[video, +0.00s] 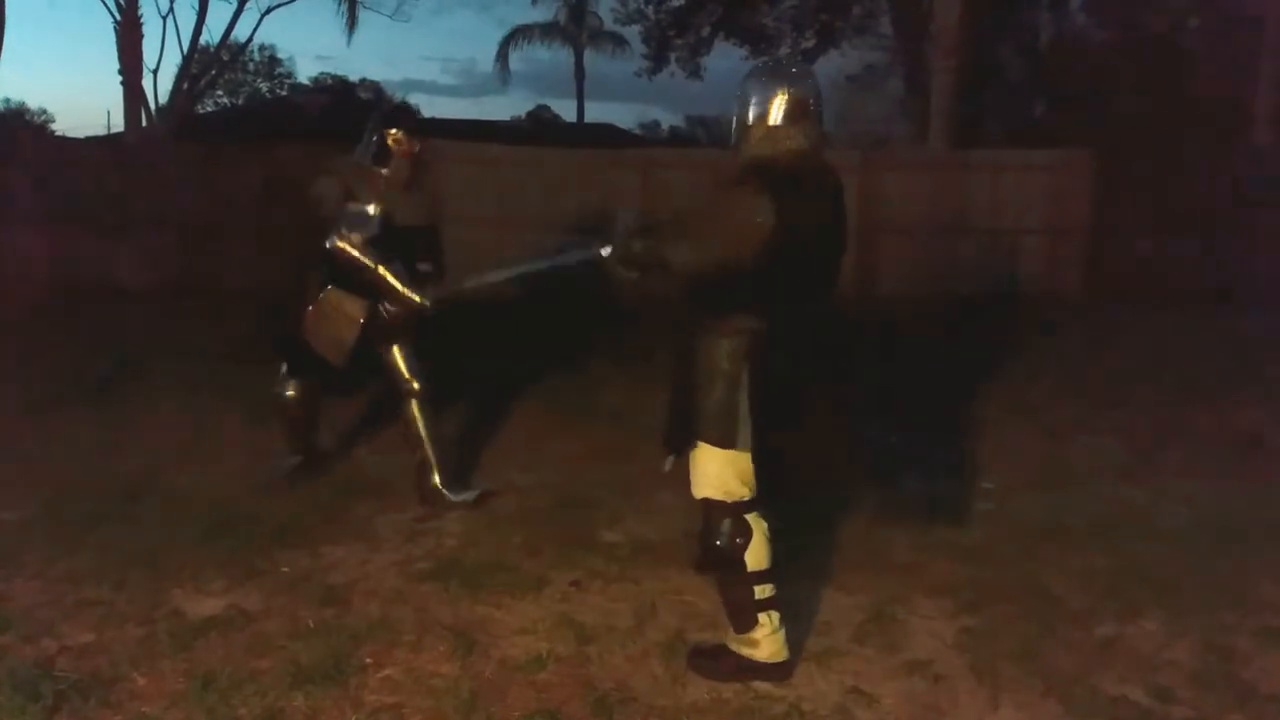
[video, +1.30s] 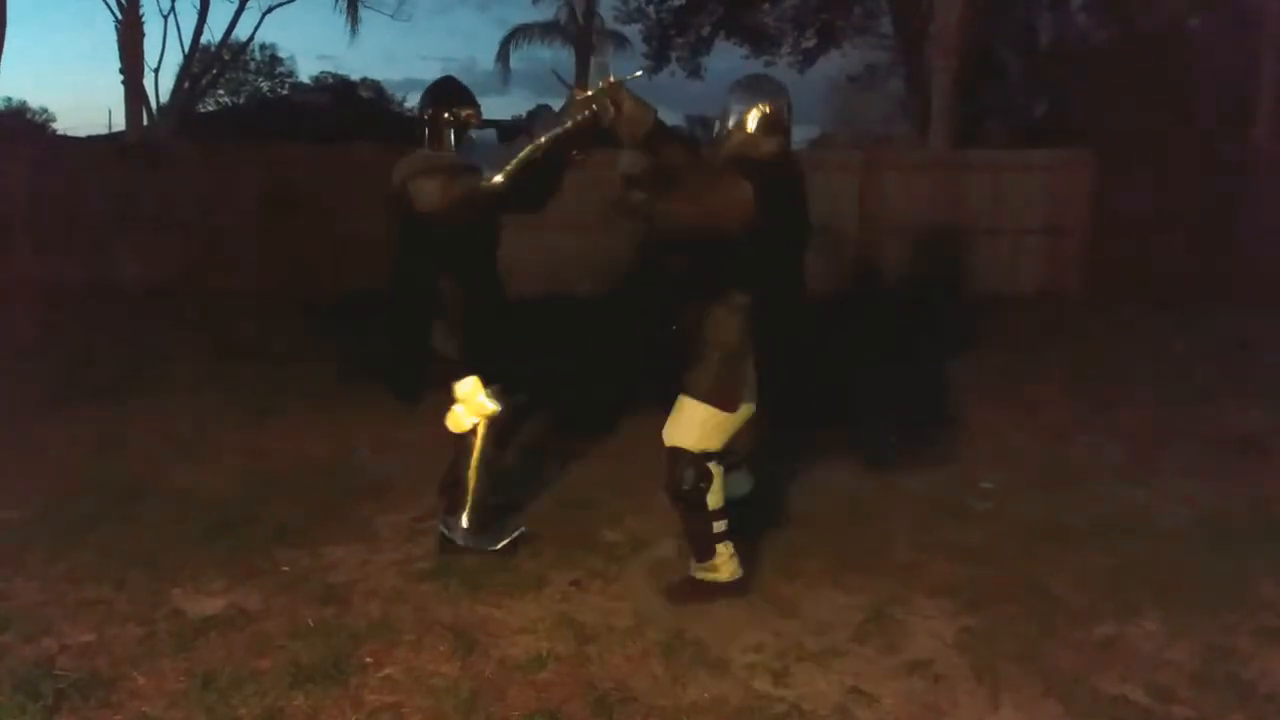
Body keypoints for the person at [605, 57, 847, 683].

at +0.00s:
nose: (750, 135)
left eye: (754, 123)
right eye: (757, 124)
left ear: (756, 125)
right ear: (806, 124)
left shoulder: (762, 189)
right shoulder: (816, 186)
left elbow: (722, 262)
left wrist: (656, 260)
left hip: (746, 348)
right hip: (781, 342)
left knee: (729, 490)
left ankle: (761, 643)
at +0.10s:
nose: (742, 138)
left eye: (747, 127)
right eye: (750, 128)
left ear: (754, 128)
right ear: (802, 128)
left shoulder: (757, 186)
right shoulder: (813, 186)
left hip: (749, 352)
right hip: (790, 344)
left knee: (728, 495)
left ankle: (761, 644)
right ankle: (724, 543)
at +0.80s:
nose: (749, 145)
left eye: (758, 135)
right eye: (758, 136)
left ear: (771, 137)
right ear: (809, 142)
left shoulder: (776, 198)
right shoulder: (799, 195)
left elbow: (712, 252)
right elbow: (721, 235)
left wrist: (645, 214)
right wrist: (657, 205)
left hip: (744, 362)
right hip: (782, 349)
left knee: (717, 509)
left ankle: (777, 658)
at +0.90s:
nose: (740, 146)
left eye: (748, 136)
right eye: (747, 136)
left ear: (762, 139)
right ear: (801, 142)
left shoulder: (767, 202)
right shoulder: (794, 198)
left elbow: (704, 235)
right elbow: (713, 213)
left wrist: (643, 208)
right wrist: (655, 184)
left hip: (738, 366)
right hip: (766, 359)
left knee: (725, 510)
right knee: (744, 494)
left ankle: (775, 655)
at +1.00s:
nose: (736, 143)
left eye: (744, 132)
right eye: (744, 132)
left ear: (755, 134)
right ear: (789, 136)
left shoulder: (757, 193)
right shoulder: (782, 190)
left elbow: (702, 226)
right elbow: (704, 192)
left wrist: (642, 182)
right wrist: (654, 157)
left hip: (738, 343)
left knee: (737, 486)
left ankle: (767, 632)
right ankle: (725, 525)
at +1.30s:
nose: (722, 131)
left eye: (733, 122)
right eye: (728, 122)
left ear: (752, 126)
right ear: (777, 126)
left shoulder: (755, 182)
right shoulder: (777, 175)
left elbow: (694, 207)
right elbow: (693, 164)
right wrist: (639, 122)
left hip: (740, 325)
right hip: (758, 319)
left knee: (687, 446)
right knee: (726, 422)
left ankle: (716, 564)